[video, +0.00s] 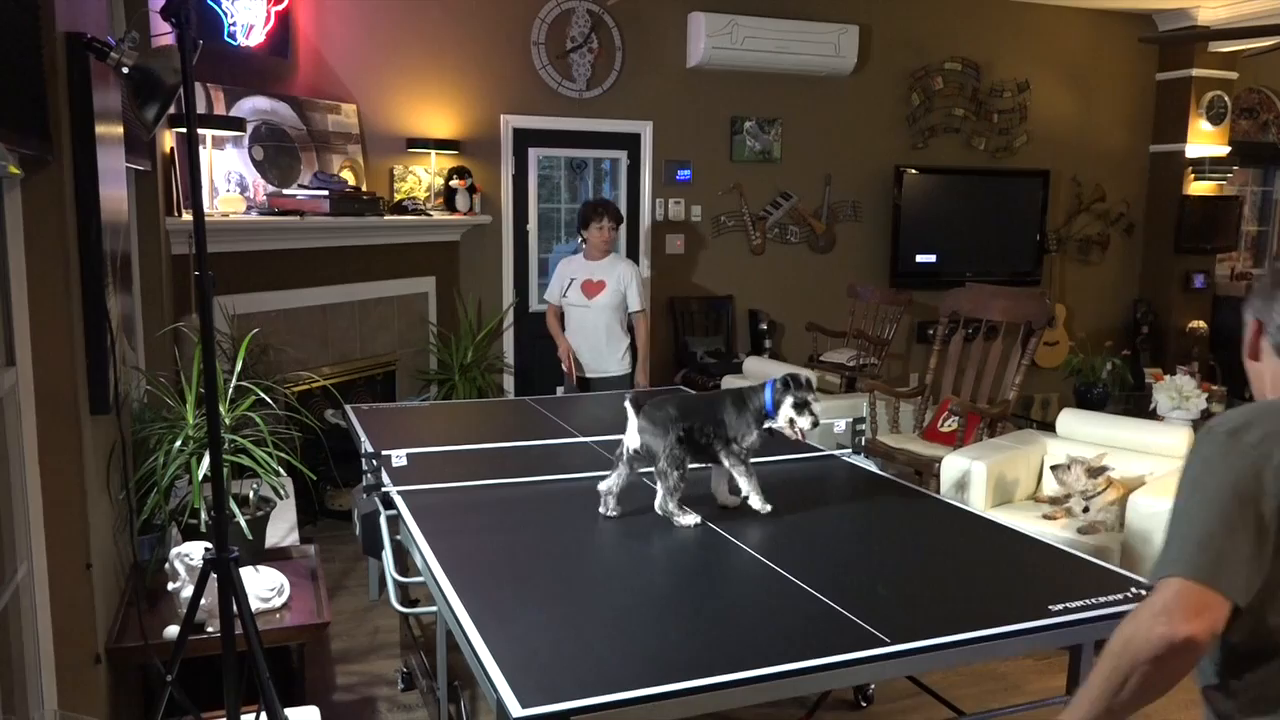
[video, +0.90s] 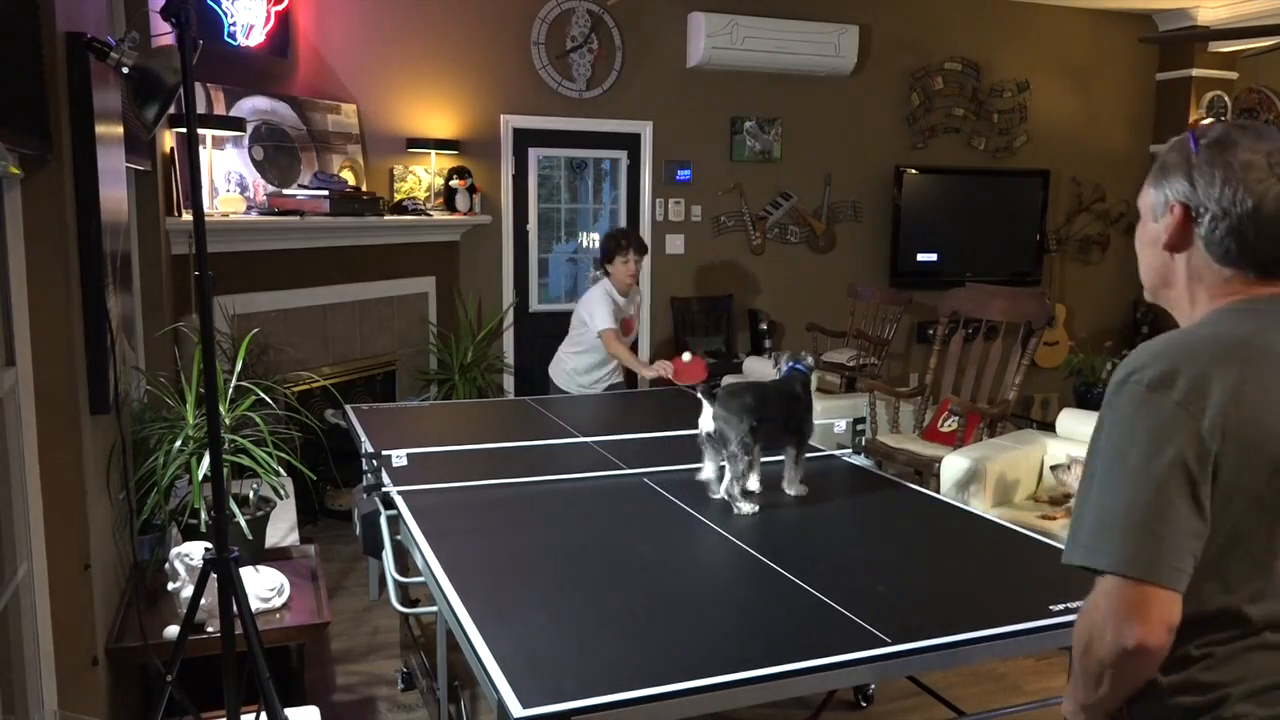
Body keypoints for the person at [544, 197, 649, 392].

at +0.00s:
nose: (606, 236)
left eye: (611, 229)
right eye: (599, 229)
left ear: (617, 232)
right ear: (584, 232)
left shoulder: (626, 269)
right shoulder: (566, 267)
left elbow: (639, 321)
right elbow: (552, 312)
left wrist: (642, 368)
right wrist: (561, 343)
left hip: (614, 374)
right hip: (575, 373)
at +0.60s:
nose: (608, 245)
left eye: (612, 238)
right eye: (601, 238)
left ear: (617, 238)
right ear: (583, 239)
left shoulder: (623, 275)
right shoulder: (560, 273)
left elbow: (634, 322)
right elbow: (533, 318)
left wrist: (637, 368)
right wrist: (566, 346)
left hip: (616, 378)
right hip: (572, 379)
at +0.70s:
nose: (614, 250)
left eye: (617, 243)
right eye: (606, 243)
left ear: (621, 244)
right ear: (587, 244)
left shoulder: (625, 280)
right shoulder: (567, 280)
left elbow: (629, 328)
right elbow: (548, 332)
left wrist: (632, 379)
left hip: (613, 378)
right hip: (570, 381)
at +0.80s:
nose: (622, 259)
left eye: (626, 253)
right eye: (615, 253)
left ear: (631, 254)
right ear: (597, 255)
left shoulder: (629, 287)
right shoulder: (582, 288)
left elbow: (627, 338)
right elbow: (584, 345)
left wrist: (623, 378)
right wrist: (629, 360)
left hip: (609, 377)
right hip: (570, 380)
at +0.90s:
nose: (634, 268)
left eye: (637, 261)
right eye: (625, 262)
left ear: (641, 263)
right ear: (608, 266)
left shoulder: (634, 294)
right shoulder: (598, 297)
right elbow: (612, 344)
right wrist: (643, 369)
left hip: (609, 378)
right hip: (572, 382)